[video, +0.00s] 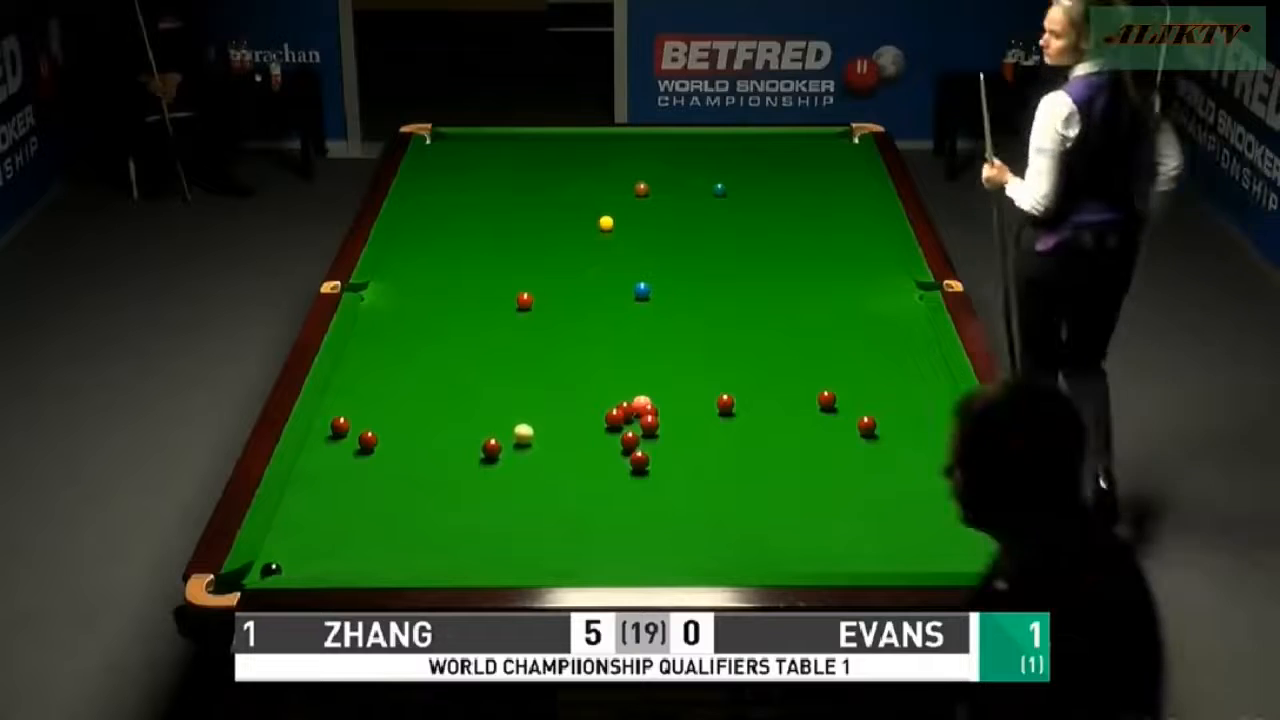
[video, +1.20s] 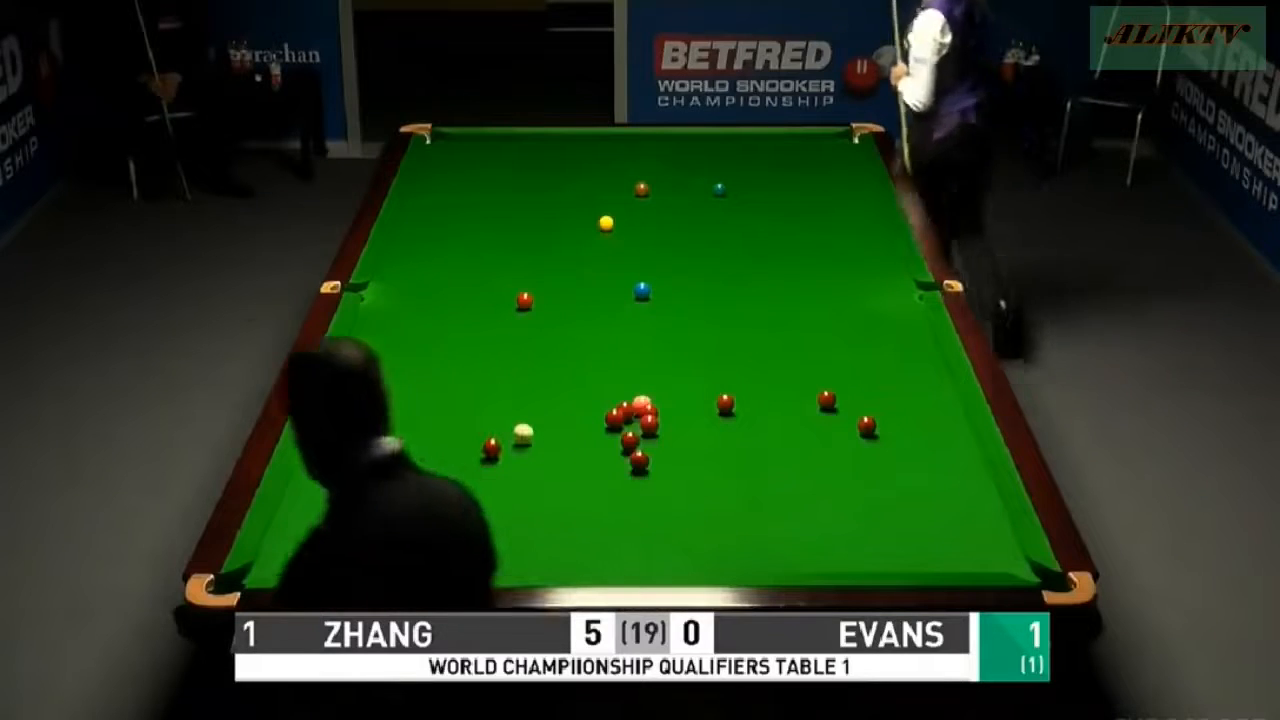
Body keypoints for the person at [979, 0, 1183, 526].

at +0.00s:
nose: (1042, 41)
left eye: (1053, 35)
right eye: (1045, 31)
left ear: (1085, 41)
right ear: (1094, 39)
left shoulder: (1059, 105)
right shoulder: (1136, 93)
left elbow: (1038, 200)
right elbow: (1170, 165)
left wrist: (1005, 180)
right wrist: (1134, 210)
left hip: (1055, 255)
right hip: (1113, 252)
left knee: (1039, 368)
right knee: (1087, 362)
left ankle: (1048, 488)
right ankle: (1099, 481)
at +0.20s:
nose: (1025, 23)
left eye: (1034, 15)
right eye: (1027, 13)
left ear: (1063, 21)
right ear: (1071, 23)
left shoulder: (1038, 81)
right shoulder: (1109, 74)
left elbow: (1013, 171)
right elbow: (1132, 158)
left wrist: (995, 144)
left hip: (1043, 223)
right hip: (1092, 220)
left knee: (1026, 324)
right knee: (1050, 317)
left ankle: (1035, 440)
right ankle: (1048, 418)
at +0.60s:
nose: (997, 2)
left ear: (1019, 1)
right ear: (1039, 1)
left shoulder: (1010, 49)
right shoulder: (1069, 39)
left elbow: (997, 134)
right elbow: (1115, 86)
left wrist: (973, 124)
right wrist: (1081, 131)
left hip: (1016, 185)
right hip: (1059, 181)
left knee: (989, 288)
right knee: (1028, 280)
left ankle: (1021, 395)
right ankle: (1014, 388)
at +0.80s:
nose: (976, 1)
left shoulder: (994, 34)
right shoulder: (1051, 27)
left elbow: (985, 117)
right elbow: (1066, 95)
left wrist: (958, 112)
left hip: (992, 167)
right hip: (1039, 164)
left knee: (969, 263)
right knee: (1022, 266)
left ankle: (978, 369)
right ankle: (1014, 377)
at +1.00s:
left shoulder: (966, 34)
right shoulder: (1017, 28)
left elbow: (958, 115)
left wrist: (933, 104)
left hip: (971, 162)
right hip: (1016, 160)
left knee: (949, 264)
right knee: (1006, 270)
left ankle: (938, 368)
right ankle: (1008, 382)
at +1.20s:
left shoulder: (930, 20)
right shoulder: (971, 13)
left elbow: (920, 98)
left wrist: (901, 79)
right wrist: (915, 69)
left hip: (942, 141)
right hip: (977, 131)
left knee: (952, 235)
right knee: (972, 229)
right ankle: (999, 318)